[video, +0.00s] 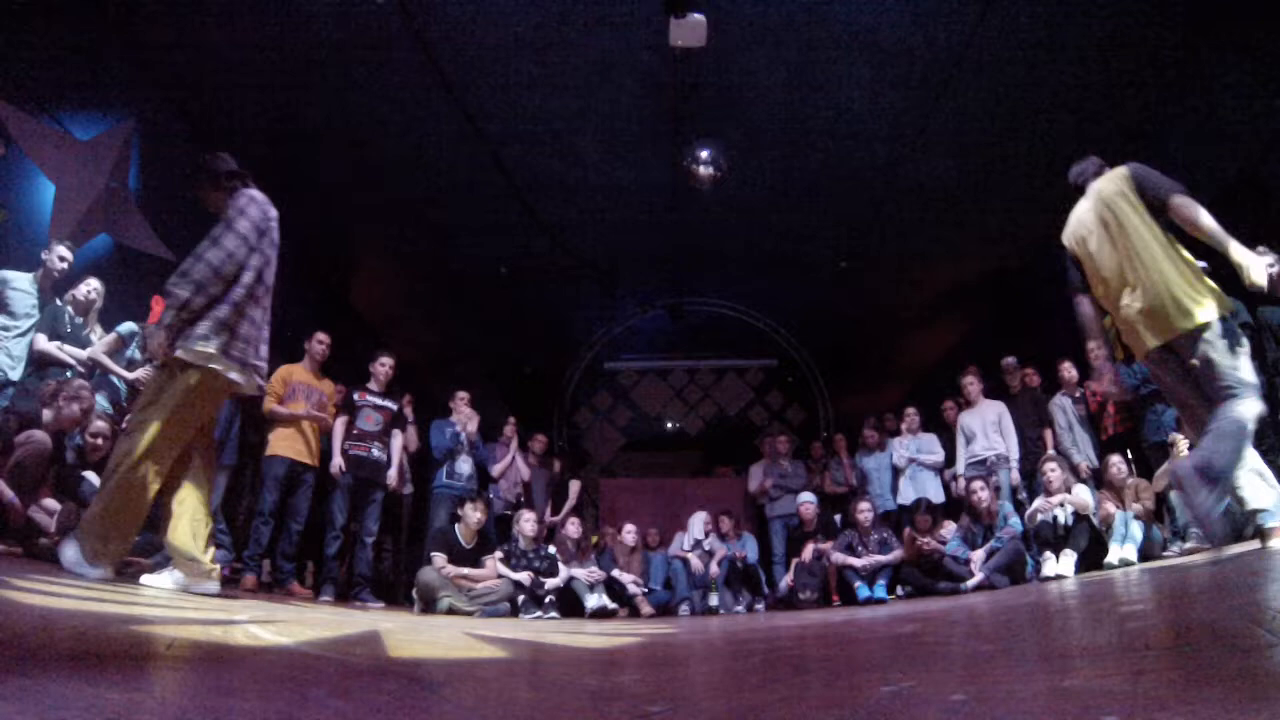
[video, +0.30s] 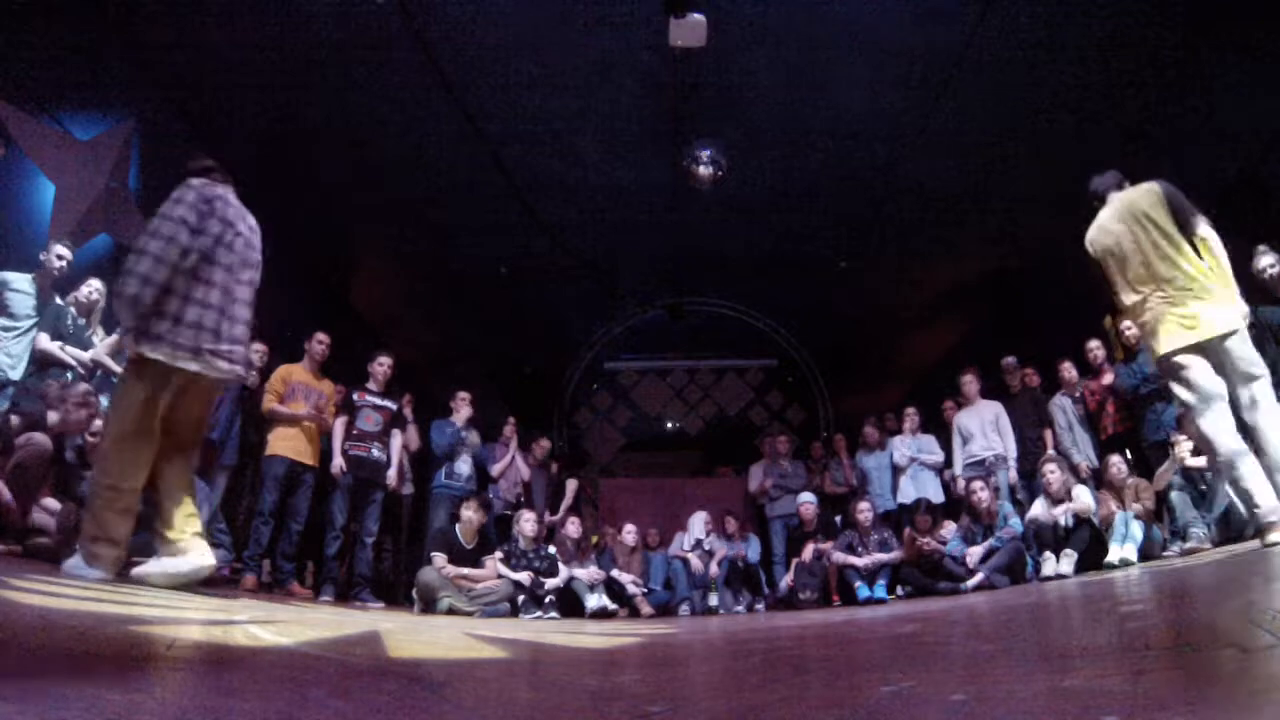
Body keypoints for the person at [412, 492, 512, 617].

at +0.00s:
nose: (479, 516)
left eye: (483, 512)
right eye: (473, 510)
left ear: (487, 516)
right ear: (460, 511)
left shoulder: (485, 539)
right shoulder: (442, 534)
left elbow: (492, 573)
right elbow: (440, 569)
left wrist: (461, 571)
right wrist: (474, 585)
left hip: (476, 591)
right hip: (447, 588)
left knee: (507, 586)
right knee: (426, 574)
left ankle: (453, 606)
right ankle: (477, 611)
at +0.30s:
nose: (470, 514)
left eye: (476, 511)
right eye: (467, 509)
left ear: (484, 518)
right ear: (459, 511)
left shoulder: (485, 539)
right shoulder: (443, 534)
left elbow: (492, 573)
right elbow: (440, 568)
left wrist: (461, 571)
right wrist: (474, 585)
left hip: (477, 591)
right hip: (447, 588)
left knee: (507, 586)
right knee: (427, 574)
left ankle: (453, 606)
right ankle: (477, 611)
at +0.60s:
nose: (465, 511)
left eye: (472, 508)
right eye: (463, 506)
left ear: (483, 517)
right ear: (457, 509)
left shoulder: (485, 539)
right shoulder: (442, 534)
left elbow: (492, 572)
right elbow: (441, 568)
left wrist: (460, 570)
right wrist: (474, 584)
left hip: (478, 590)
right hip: (448, 588)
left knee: (507, 585)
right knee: (426, 574)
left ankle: (454, 605)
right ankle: (477, 610)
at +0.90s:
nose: (463, 508)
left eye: (471, 505)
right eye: (462, 503)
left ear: (482, 515)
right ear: (457, 507)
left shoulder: (484, 539)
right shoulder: (442, 534)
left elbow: (492, 572)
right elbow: (440, 568)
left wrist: (460, 570)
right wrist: (474, 584)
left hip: (477, 590)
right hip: (447, 588)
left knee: (507, 585)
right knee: (426, 574)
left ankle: (455, 605)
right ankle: (477, 610)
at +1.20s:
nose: (464, 508)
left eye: (472, 505)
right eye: (463, 502)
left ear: (483, 515)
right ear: (458, 506)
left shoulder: (485, 540)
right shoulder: (443, 533)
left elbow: (492, 572)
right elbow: (439, 566)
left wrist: (459, 569)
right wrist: (473, 584)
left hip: (477, 590)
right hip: (447, 588)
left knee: (507, 585)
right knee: (426, 573)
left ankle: (453, 605)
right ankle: (477, 610)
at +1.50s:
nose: (465, 508)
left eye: (473, 505)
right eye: (464, 502)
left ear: (483, 515)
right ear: (459, 506)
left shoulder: (485, 539)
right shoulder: (443, 533)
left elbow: (492, 572)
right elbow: (440, 566)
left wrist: (460, 568)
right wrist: (474, 584)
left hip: (476, 590)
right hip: (446, 588)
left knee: (507, 585)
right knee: (426, 573)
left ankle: (453, 605)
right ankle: (476, 609)